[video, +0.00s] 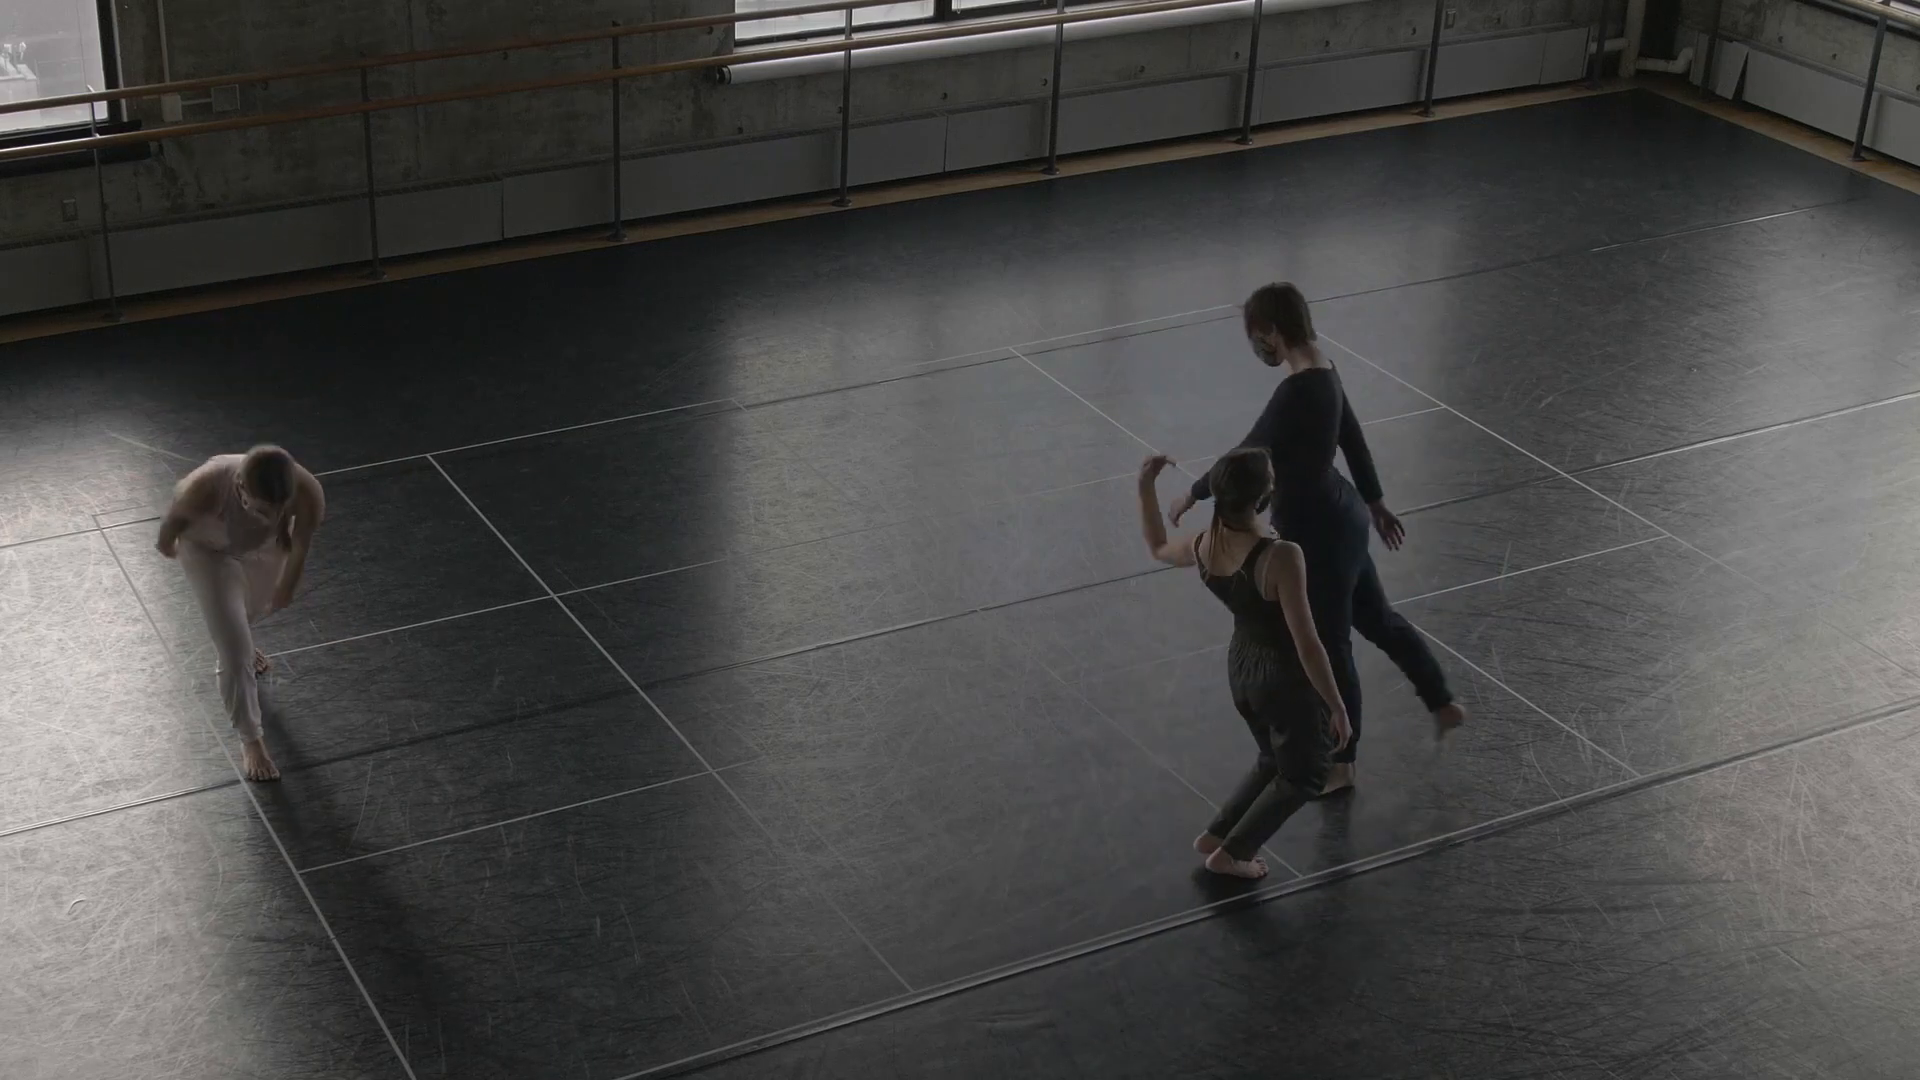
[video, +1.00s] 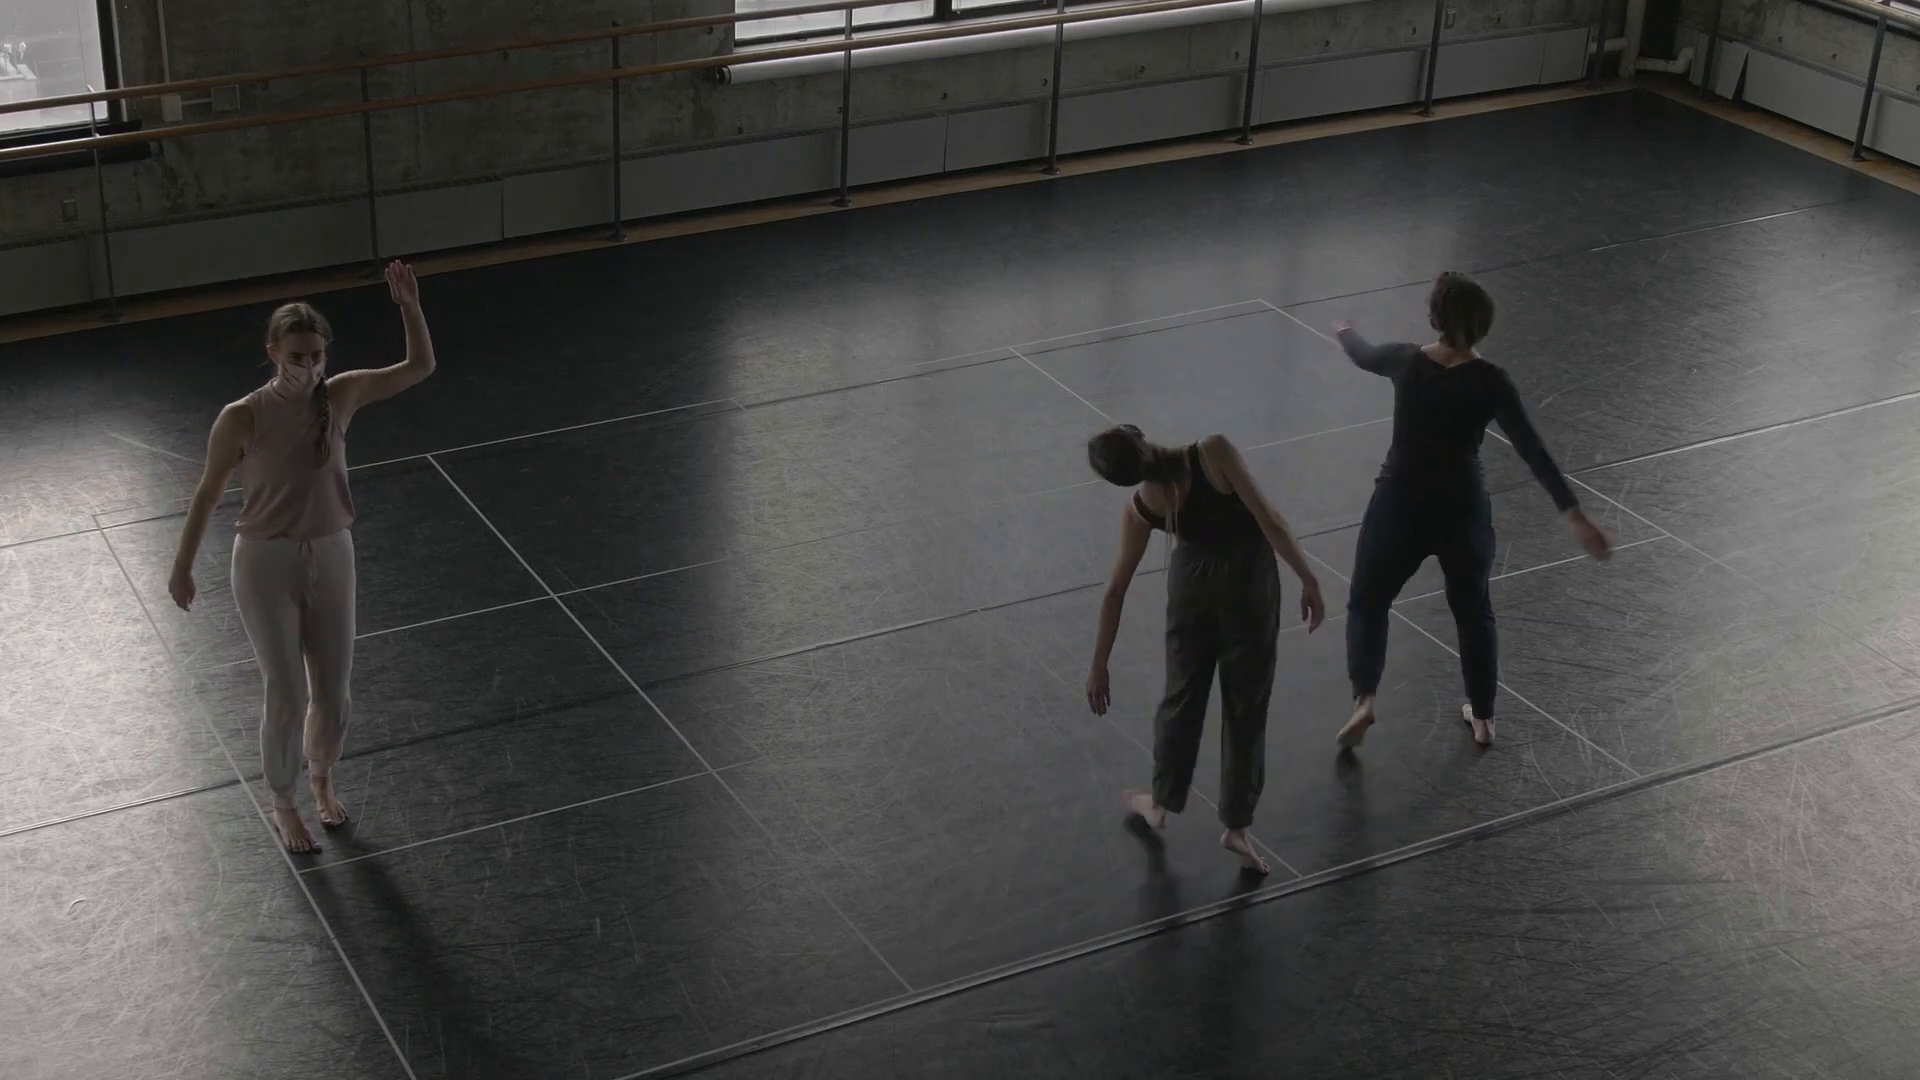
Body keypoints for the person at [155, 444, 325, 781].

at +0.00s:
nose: (268, 515)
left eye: (275, 508)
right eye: (260, 509)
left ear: (288, 492)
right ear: (241, 488)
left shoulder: (306, 491)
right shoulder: (208, 483)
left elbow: (301, 545)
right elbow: (175, 518)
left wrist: (287, 588)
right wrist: (166, 545)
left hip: (265, 547)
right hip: (210, 549)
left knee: (255, 604)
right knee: (236, 644)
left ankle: (243, 646)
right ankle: (251, 741)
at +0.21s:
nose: (259, 424)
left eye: (266, 414)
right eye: (249, 417)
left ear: (276, 401)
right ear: (226, 405)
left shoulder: (300, 430)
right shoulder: (200, 441)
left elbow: (310, 519)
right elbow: (189, 526)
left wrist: (315, 606)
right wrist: (189, 605)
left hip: (283, 542)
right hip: (221, 548)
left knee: (290, 658)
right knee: (240, 660)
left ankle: (267, 662)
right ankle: (251, 741)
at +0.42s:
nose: (265, 369)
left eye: (272, 357)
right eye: (253, 360)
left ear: (283, 347)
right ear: (229, 351)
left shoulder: (302, 380)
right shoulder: (207, 406)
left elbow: (340, 397)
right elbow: (191, 496)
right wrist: (193, 580)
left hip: (302, 528)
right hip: (235, 532)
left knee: (314, 658)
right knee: (253, 655)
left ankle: (321, 775)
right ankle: (257, 737)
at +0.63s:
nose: (278, 357)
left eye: (286, 346)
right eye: (268, 347)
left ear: (297, 341)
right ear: (245, 345)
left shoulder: (319, 380)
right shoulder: (221, 405)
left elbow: (397, 348)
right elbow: (196, 488)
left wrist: (395, 306)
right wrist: (176, 566)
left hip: (321, 537)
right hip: (252, 542)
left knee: (322, 664)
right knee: (264, 667)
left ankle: (322, 779)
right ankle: (254, 763)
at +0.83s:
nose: (291, 358)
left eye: (299, 347)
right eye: (280, 350)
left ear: (313, 346)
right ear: (260, 351)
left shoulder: (335, 386)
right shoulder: (232, 413)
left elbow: (416, 344)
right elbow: (209, 487)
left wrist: (403, 282)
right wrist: (184, 553)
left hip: (331, 548)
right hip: (261, 555)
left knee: (326, 679)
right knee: (280, 687)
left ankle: (322, 780)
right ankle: (279, 802)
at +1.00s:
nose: (310, 366)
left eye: (318, 356)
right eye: (299, 357)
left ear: (326, 353)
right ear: (273, 354)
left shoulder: (341, 394)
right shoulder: (240, 418)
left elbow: (420, 366)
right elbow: (206, 497)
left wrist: (410, 308)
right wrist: (181, 567)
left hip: (333, 557)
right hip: (263, 562)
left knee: (332, 693)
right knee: (285, 693)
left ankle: (321, 777)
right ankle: (286, 805)